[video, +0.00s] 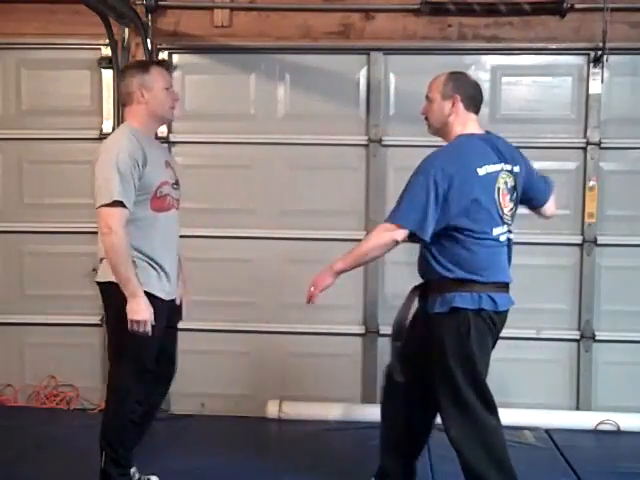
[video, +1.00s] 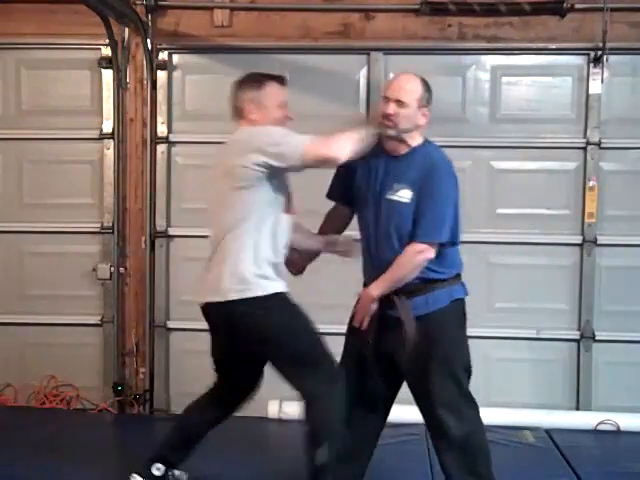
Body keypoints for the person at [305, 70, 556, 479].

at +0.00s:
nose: (423, 110)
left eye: (429, 101)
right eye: (425, 100)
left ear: (455, 105)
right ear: (463, 108)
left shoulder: (441, 164)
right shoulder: (505, 153)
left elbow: (394, 231)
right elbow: (548, 206)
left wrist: (335, 269)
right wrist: (514, 180)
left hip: (456, 304)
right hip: (488, 301)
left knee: (467, 414)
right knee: (405, 393)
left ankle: (497, 478)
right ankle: (392, 475)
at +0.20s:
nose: (416, 109)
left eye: (422, 100)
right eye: (418, 100)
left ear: (447, 106)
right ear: (456, 107)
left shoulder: (437, 161)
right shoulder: (488, 155)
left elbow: (407, 236)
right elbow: (522, 210)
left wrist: (342, 281)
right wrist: (483, 190)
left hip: (448, 304)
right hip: (472, 301)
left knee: (460, 414)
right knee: (392, 395)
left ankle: (496, 478)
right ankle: (346, 473)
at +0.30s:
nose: (404, 109)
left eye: (410, 101)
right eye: (406, 100)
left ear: (435, 108)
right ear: (442, 110)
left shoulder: (435, 163)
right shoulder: (466, 156)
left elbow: (409, 245)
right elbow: (482, 216)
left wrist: (343, 286)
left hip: (440, 307)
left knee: (455, 416)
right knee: (375, 404)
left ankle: (494, 476)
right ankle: (339, 474)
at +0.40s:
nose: (390, 109)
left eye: (396, 101)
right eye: (392, 101)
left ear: (419, 108)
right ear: (425, 109)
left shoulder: (431, 166)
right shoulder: (432, 158)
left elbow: (411, 251)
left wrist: (347, 289)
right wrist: (382, 167)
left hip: (427, 309)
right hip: (395, 307)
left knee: (449, 416)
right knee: (354, 403)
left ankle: (491, 477)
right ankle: (335, 473)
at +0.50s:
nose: (376, 106)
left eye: (382, 99)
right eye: (378, 98)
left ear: (405, 107)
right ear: (406, 108)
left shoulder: (427, 168)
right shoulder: (386, 156)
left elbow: (414, 251)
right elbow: (352, 169)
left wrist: (356, 289)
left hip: (421, 309)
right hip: (378, 307)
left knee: (442, 414)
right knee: (343, 404)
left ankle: (487, 477)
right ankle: (336, 475)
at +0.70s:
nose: (346, 102)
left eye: (354, 96)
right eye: (349, 94)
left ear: (380, 108)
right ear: (377, 107)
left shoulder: (409, 163)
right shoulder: (351, 156)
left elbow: (416, 246)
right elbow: (316, 190)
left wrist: (368, 294)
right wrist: (282, 193)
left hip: (418, 306)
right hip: (369, 305)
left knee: (437, 416)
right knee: (343, 404)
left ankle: (469, 476)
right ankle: (342, 477)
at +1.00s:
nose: (387, 110)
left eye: (399, 104)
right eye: (384, 101)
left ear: (423, 115)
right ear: (377, 105)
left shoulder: (434, 168)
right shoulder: (361, 161)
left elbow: (424, 248)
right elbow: (339, 212)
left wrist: (372, 292)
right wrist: (307, 252)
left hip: (431, 307)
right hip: (377, 306)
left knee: (451, 421)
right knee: (352, 414)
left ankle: (476, 477)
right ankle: (338, 477)